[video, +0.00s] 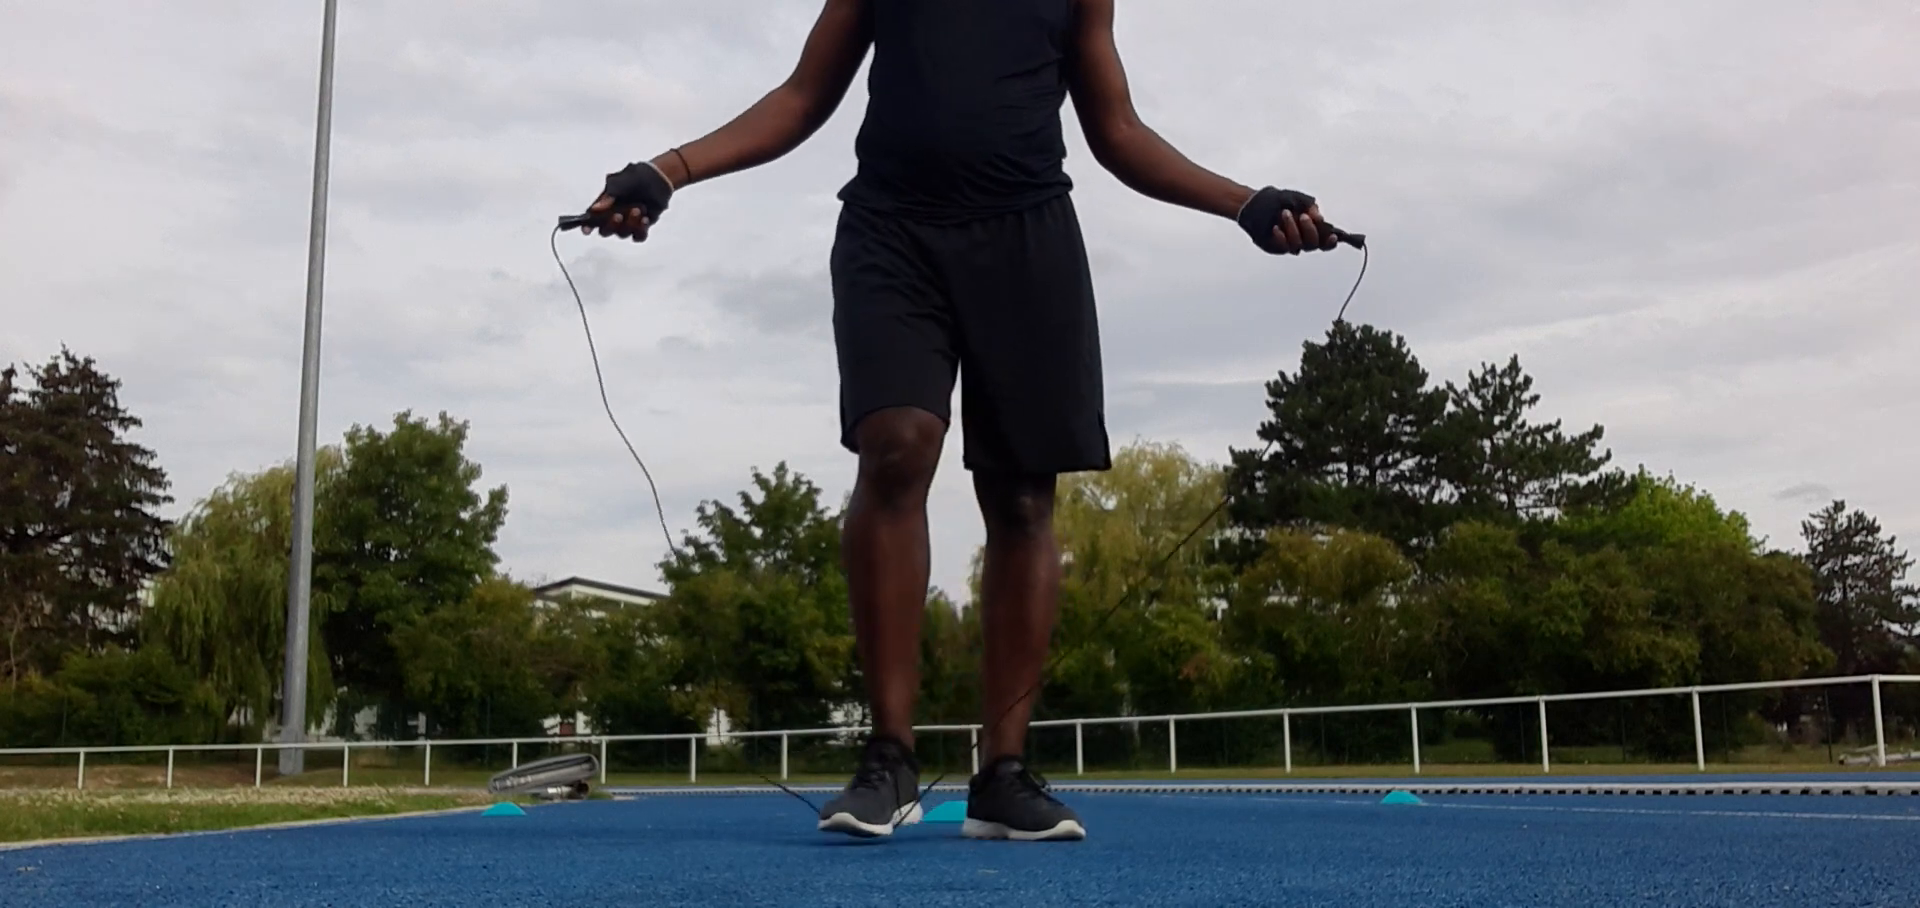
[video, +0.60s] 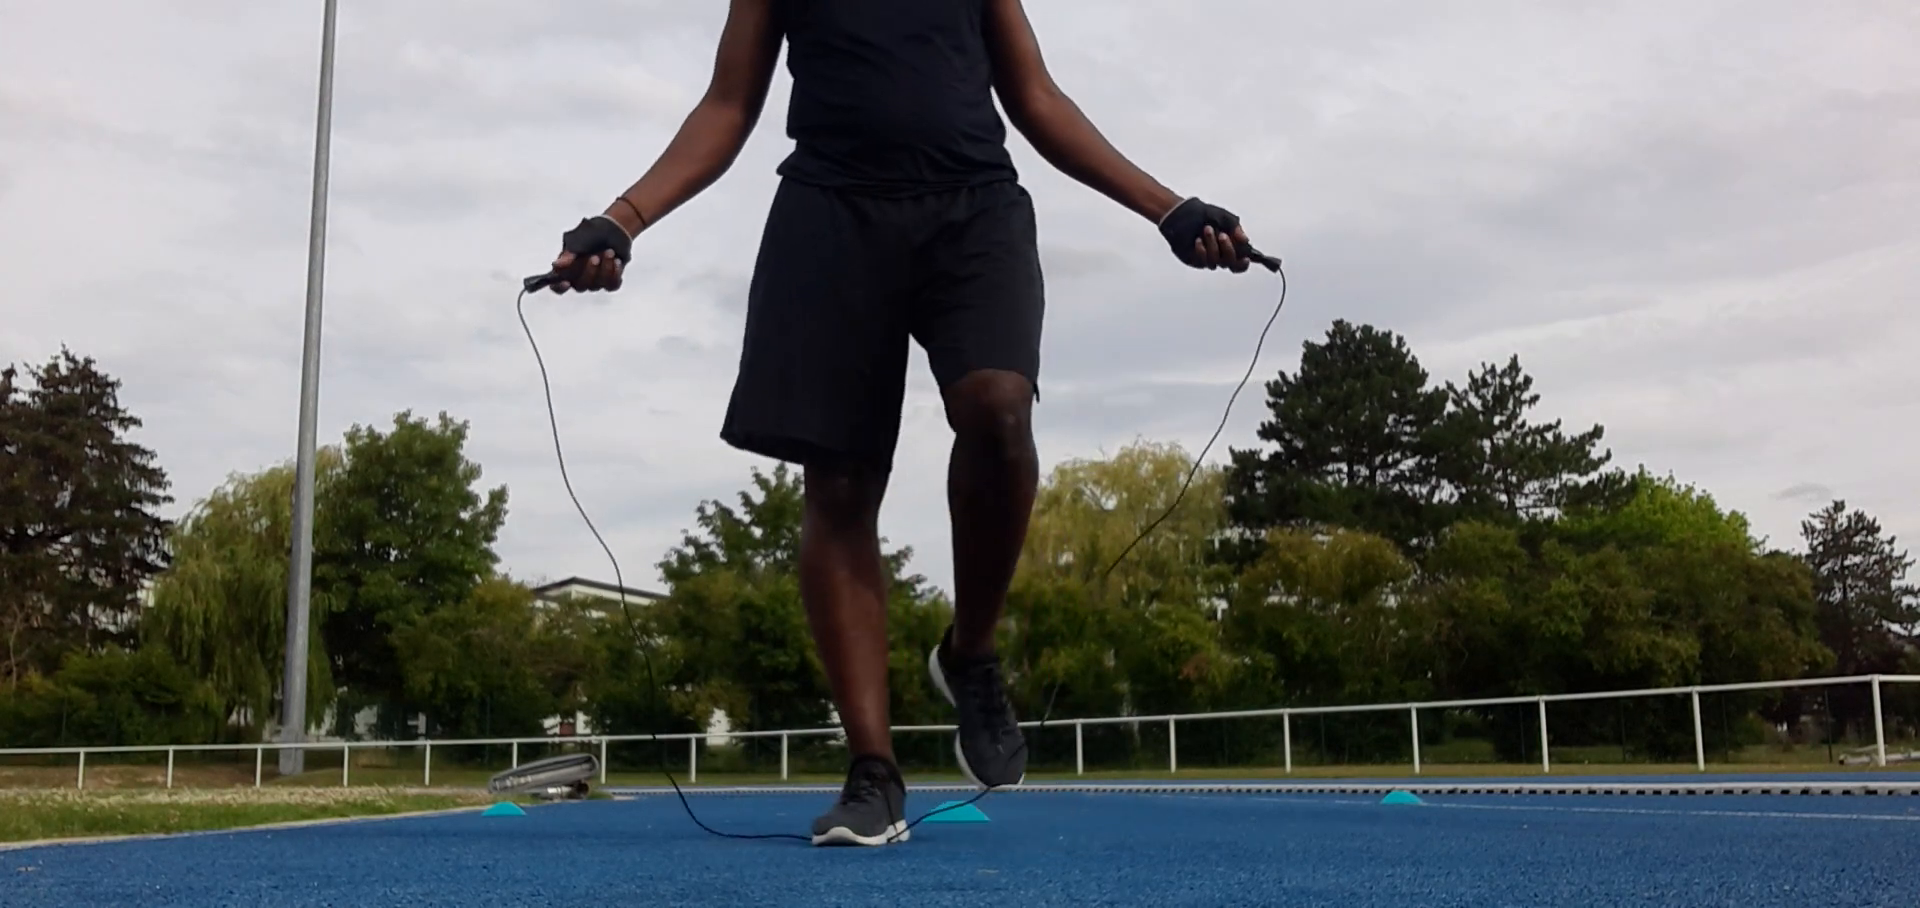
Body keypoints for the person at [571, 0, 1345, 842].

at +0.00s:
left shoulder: (1077, 12)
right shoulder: (871, 8)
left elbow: (1119, 134)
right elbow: (802, 98)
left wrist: (1248, 202)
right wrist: (667, 169)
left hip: (1026, 234)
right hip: (891, 229)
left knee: (1021, 500)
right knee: (896, 455)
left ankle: (1003, 774)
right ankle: (888, 759)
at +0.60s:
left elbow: (1036, 99)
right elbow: (729, 101)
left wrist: (1172, 209)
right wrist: (622, 219)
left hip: (975, 205)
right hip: (834, 212)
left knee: (996, 410)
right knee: (839, 488)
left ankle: (972, 655)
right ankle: (872, 772)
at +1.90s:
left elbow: (1151, 73)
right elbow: (808, 39)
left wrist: (1303, 153)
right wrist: (655, 123)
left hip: (1046, 160)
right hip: (899, 157)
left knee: (1042, 463)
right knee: (925, 393)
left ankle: (1010, 769)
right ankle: (913, 696)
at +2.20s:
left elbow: (1150, 55)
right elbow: (828, 47)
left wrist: (1271, 213)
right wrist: (714, 194)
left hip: (1050, 164)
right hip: (902, 164)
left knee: (1046, 467)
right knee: (916, 395)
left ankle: (1011, 771)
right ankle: (920, 746)